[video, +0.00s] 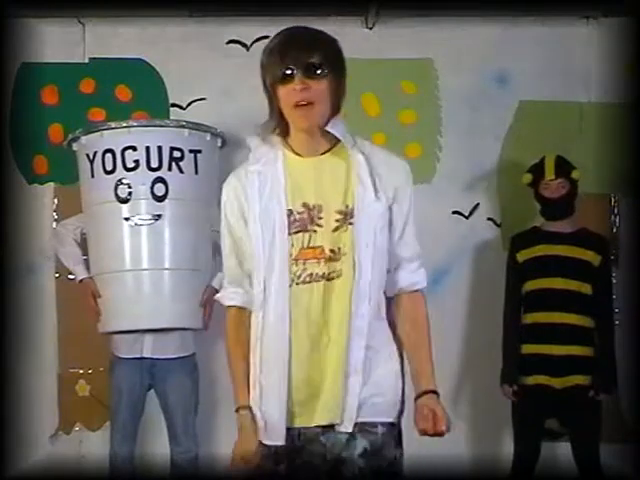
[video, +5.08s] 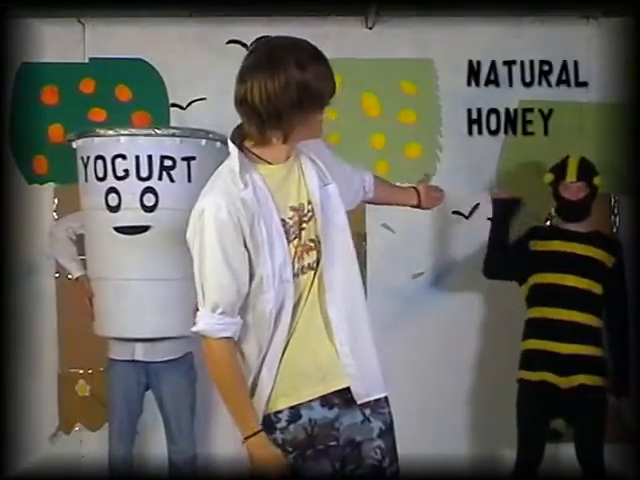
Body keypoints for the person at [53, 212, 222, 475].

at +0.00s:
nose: (150, 199)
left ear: (172, 192)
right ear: (129, 191)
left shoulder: (189, 224)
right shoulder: (113, 217)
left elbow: (233, 252)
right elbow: (64, 229)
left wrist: (214, 286)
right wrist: (84, 277)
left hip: (177, 351)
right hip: (127, 351)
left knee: (186, 447)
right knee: (121, 450)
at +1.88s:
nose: (142, 193)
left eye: (151, 187)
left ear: (163, 184)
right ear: (123, 187)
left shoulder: (187, 211)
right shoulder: (106, 216)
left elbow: (239, 235)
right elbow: (53, 233)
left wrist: (220, 288)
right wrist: (76, 277)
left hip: (172, 349)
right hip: (122, 351)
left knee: (182, 449)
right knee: (119, 451)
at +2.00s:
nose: (141, 192)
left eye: (149, 186)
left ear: (161, 185)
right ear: (121, 190)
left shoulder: (181, 212)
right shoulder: (104, 216)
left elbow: (235, 239)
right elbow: (53, 232)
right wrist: (76, 275)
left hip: (173, 349)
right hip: (122, 351)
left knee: (184, 449)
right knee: (118, 450)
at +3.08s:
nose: (135, 189)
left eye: (144, 181)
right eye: (128, 181)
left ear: (157, 181)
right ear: (116, 183)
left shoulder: (176, 208)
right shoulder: (104, 212)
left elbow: (229, 216)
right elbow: (53, 229)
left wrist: (236, 173)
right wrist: (75, 274)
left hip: (172, 340)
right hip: (123, 344)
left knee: (183, 441)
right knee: (121, 441)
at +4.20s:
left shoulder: (179, 218)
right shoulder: (106, 214)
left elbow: (236, 235)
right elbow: (54, 228)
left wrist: (209, 215)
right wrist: (75, 273)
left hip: (172, 337)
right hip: (121, 340)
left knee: (179, 432)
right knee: (120, 429)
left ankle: (183, 477)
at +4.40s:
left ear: (165, 189)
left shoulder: (182, 220)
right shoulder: (106, 217)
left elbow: (216, 247)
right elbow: (56, 227)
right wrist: (75, 273)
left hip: (171, 349)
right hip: (120, 351)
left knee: (182, 448)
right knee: (118, 451)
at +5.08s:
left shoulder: (183, 221)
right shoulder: (108, 217)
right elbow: (59, 230)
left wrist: (204, 297)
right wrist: (81, 277)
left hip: (174, 351)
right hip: (123, 352)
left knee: (183, 449)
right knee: (119, 450)